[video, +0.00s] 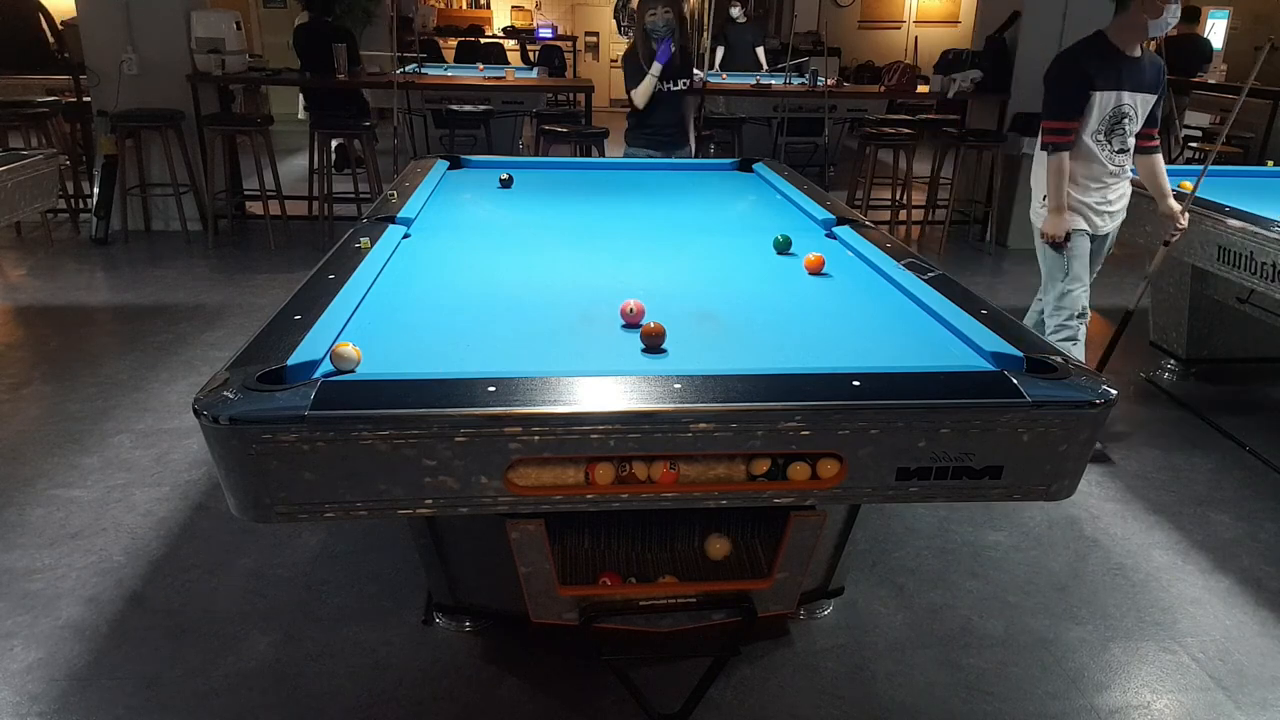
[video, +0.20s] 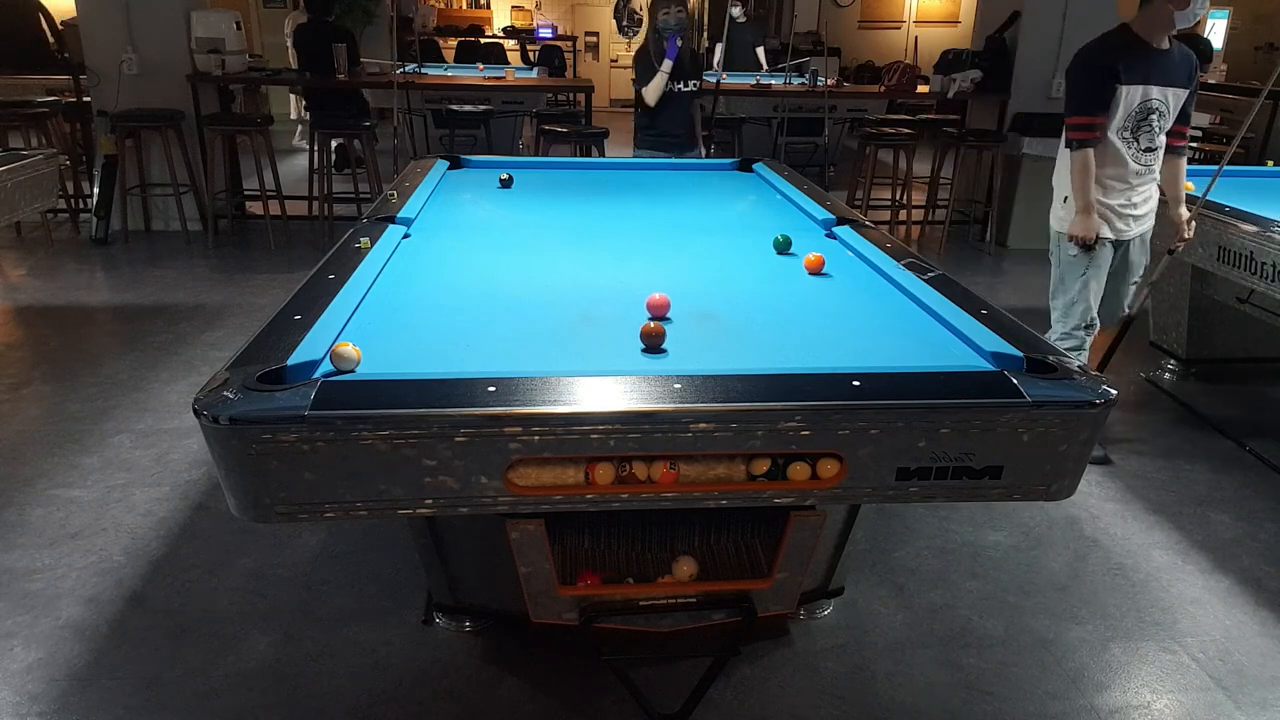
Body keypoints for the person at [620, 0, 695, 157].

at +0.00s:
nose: (661, 19)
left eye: (666, 12)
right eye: (652, 14)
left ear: (676, 16)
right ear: (642, 20)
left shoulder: (683, 53)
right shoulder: (633, 55)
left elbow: (687, 100)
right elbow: (639, 101)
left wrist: (691, 141)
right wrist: (659, 62)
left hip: (678, 147)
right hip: (642, 148)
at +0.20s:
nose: (674, 19)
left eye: (679, 12)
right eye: (665, 13)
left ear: (687, 16)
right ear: (654, 19)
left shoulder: (693, 56)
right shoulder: (645, 54)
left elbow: (694, 104)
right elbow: (650, 98)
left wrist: (700, 144)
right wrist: (669, 57)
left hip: (687, 150)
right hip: (652, 150)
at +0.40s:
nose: (699, 21)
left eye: (704, 13)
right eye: (690, 14)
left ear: (711, 18)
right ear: (678, 21)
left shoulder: (712, 61)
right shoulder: (667, 56)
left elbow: (713, 108)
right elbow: (674, 98)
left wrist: (716, 147)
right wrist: (695, 59)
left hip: (704, 148)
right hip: (671, 149)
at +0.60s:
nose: (727, 20)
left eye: (733, 13)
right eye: (719, 13)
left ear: (740, 19)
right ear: (706, 19)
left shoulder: (737, 58)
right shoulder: (694, 56)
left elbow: (737, 109)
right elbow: (699, 102)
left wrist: (742, 149)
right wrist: (726, 68)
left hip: (729, 148)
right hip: (698, 148)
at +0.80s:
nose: (750, 22)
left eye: (756, 15)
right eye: (742, 14)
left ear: (762, 23)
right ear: (730, 21)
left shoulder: (757, 62)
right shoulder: (715, 58)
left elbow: (760, 112)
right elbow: (699, 109)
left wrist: (765, 153)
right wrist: (742, 107)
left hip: (750, 149)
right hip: (717, 150)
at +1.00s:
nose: (770, 26)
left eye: (775, 19)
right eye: (762, 19)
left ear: (782, 25)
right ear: (749, 25)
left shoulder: (773, 66)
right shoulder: (733, 62)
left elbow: (774, 117)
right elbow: (707, 111)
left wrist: (779, 158)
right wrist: (744, 131)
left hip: (766, 159)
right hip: (732, 159)